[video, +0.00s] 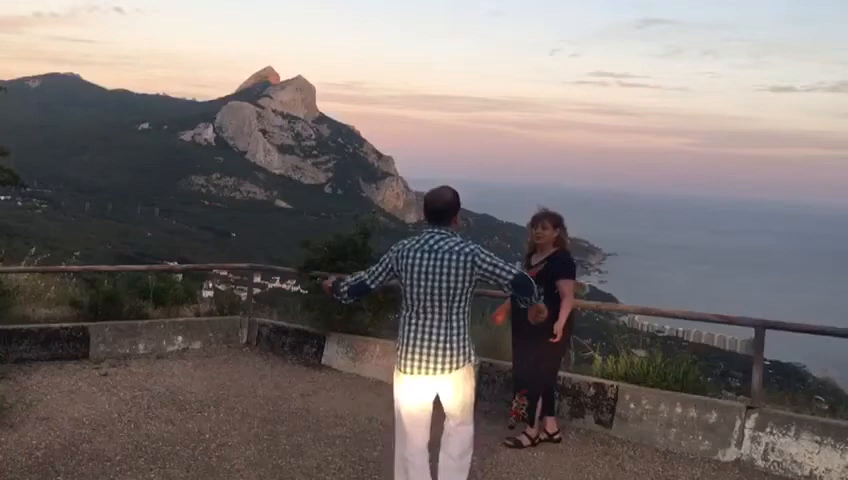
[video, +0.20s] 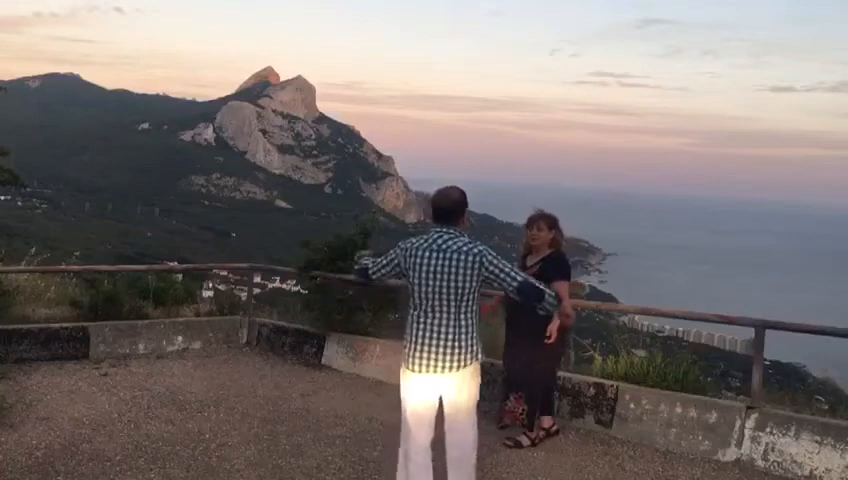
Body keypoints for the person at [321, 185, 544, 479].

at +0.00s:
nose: (460, 217)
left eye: (458, 212)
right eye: (459, 212)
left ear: (425, 215)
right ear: (456, 216)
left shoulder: (404, 248)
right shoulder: (469, 251)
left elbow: (364, 282)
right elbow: (520, 279)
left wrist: (337, 288)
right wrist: (534, 304)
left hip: (411, 360)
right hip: (455, 360)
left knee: (412, 438)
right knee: (459, 432)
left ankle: (414, 477)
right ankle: (451, 476)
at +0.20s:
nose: (467, 218)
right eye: (467, 213)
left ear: (432, 215)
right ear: (464, 216)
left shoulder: (411, 247)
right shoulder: (475, 251)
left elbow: (371, 271)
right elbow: (520, 285)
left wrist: (362, 258)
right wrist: (556, 307)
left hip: (418, 356)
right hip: (461, 358)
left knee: (416, 436)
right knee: (461, 436)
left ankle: (414, 476)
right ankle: (461, 476)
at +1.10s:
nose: (496, 228)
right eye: (497, 222)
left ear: (465, 219)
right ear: (497, 220)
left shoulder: (447, 251)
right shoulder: (514, 252)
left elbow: (405, 264)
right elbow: (556, 279)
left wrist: (441, 275)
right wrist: (594, 290)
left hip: (457, 351)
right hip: (498, 354)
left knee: (451, 423)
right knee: (483, 428)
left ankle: (448, 474)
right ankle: (471, 474)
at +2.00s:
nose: (460, 221)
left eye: (461, 217)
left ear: (463, 218)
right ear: (492, 220)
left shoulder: (445, 246)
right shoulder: (506, 251)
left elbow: (408, 253)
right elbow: (544, 276)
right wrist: (571, 286)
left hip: (449, 338)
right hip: (488, 341)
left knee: (446, 406)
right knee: (482, 404)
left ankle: (451, 471)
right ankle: (481, 468)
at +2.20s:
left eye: (469, 219)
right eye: (485, 217)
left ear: (465, 222)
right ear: (492, 221)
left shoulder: (449, 251)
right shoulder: (508, 252)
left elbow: (407, 260)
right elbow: (544, 277)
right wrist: (570, 287)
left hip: (457, 341)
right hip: (493, 343)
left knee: (449, 404)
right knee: (486, 406)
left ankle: (458, 466)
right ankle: (483, 465)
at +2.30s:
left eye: (467, 219)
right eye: (482, 216)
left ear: (463, 222)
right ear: (489, 221)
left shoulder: (450, 252)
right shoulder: (507, 250)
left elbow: (409, 266)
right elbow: (540, 274)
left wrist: (383, 267)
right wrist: (568, 285)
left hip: (458, 338)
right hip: (495, 339)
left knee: (448, 399)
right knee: (485, 403)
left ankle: (466, 459)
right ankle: (483, 464)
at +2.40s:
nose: (455, 224)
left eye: (456, 220)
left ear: (457, 223)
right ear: (483, 222)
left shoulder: (448, 254)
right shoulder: (504, 249)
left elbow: (411, 276)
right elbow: (540, 269)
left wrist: (390, 268)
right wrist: (557, 275)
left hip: (459, 337)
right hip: (494, 337)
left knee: (446, 387)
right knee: (486, 398)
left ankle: (462, 448)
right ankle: (483, 463)